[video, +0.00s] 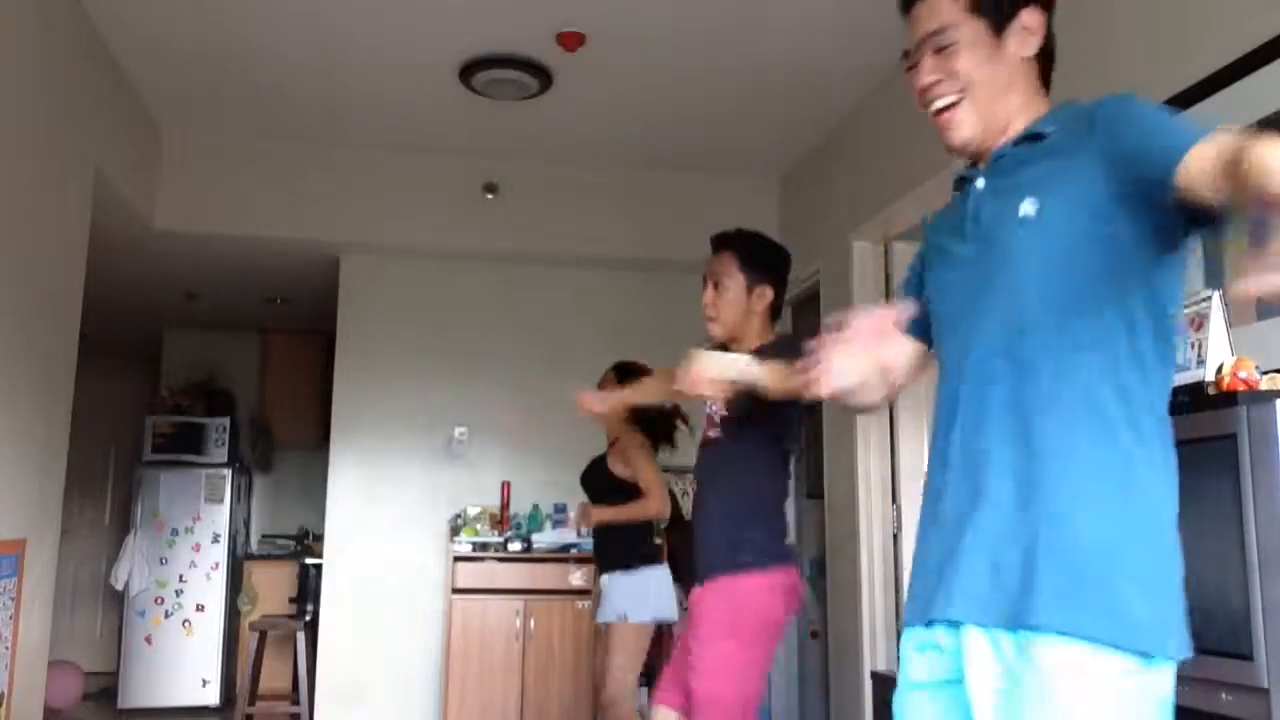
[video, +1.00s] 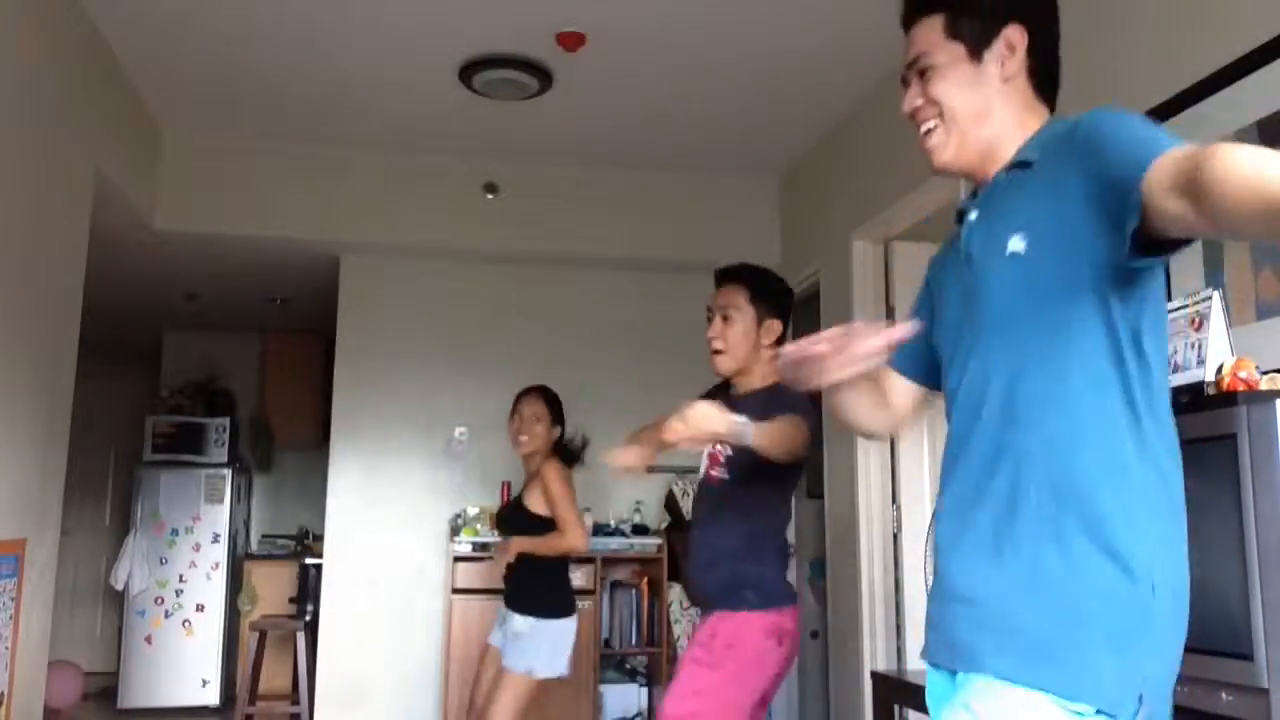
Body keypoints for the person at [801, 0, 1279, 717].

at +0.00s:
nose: (923, 77)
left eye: (943, 45)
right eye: (913, 61)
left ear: (1026, 31)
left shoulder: (1109, 132)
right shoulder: (946, 231)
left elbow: (1238, 164)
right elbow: (895, 361)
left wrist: (1266, 188)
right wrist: (864, 361)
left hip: (1093, 596)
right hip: (948, 596)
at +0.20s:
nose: (887, 123)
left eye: (902, 91)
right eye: (884, 103)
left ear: (982, 69)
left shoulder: (1088, 161)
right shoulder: (947, 260)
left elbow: (1205, 220)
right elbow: (844, 416)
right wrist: (885, 381)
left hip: (1088, 607)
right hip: (969, 606)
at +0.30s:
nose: (903, 92)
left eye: (915, 58)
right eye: (898, 74)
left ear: (995, 32)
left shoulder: (1103, 119)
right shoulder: (938, 222)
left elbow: (1243, 165)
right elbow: (853, 360)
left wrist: (1216, 267)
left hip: (1090, 578)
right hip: (968, 581)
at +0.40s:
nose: (920, 66)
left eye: (936, 34)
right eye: (917, 52)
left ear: (1020, 15)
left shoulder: (1137, 105)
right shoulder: (938, 209)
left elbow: (1270, 148)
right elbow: (859, 355)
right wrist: (724, 490)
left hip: (1107, 588)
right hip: (963, 591)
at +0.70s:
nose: (931, 70)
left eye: (945, 40)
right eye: (925, 54)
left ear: (1029, 19)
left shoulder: (1143, 106)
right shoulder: (951, 225)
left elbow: (1271, 117)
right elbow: (843, 363)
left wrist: (1128, 210)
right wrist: (690, 457)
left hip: (1131, 617)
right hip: (975, 619)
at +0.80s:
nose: (920, 68)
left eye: (933, 37)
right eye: (915, 52)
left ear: (1016, 18)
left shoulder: (1108, 100)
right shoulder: (950, 217)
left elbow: (1220, 131)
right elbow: (886, 362)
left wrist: (1264, 170)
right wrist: (788, 372)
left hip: (1095, 587)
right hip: (959, 587)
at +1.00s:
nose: (908, 102)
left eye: (925, 71)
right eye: (906, 84)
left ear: (1007, 53)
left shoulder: (1087, 147)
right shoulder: (951, 261)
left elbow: (1197, 183)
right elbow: (885, 410)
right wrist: (840, 376)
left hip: (1074, 622)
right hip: (969, 618)